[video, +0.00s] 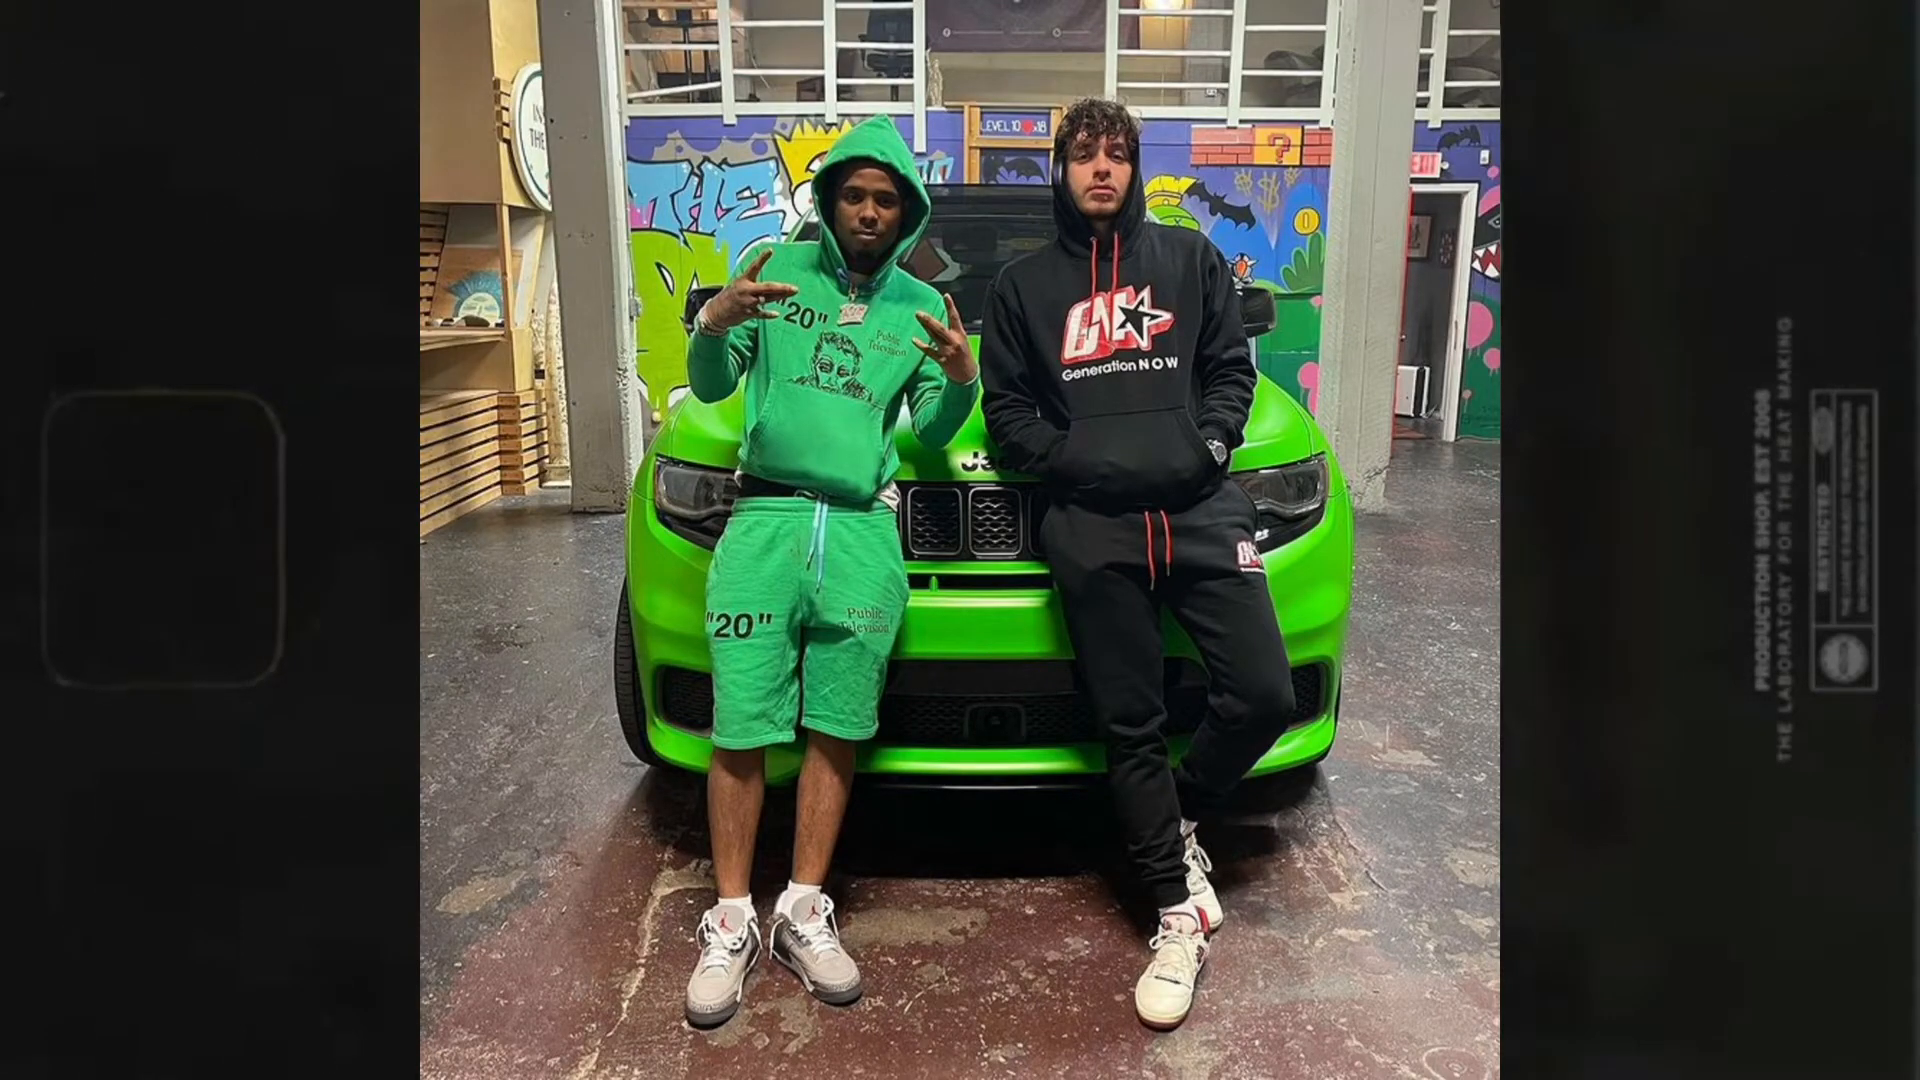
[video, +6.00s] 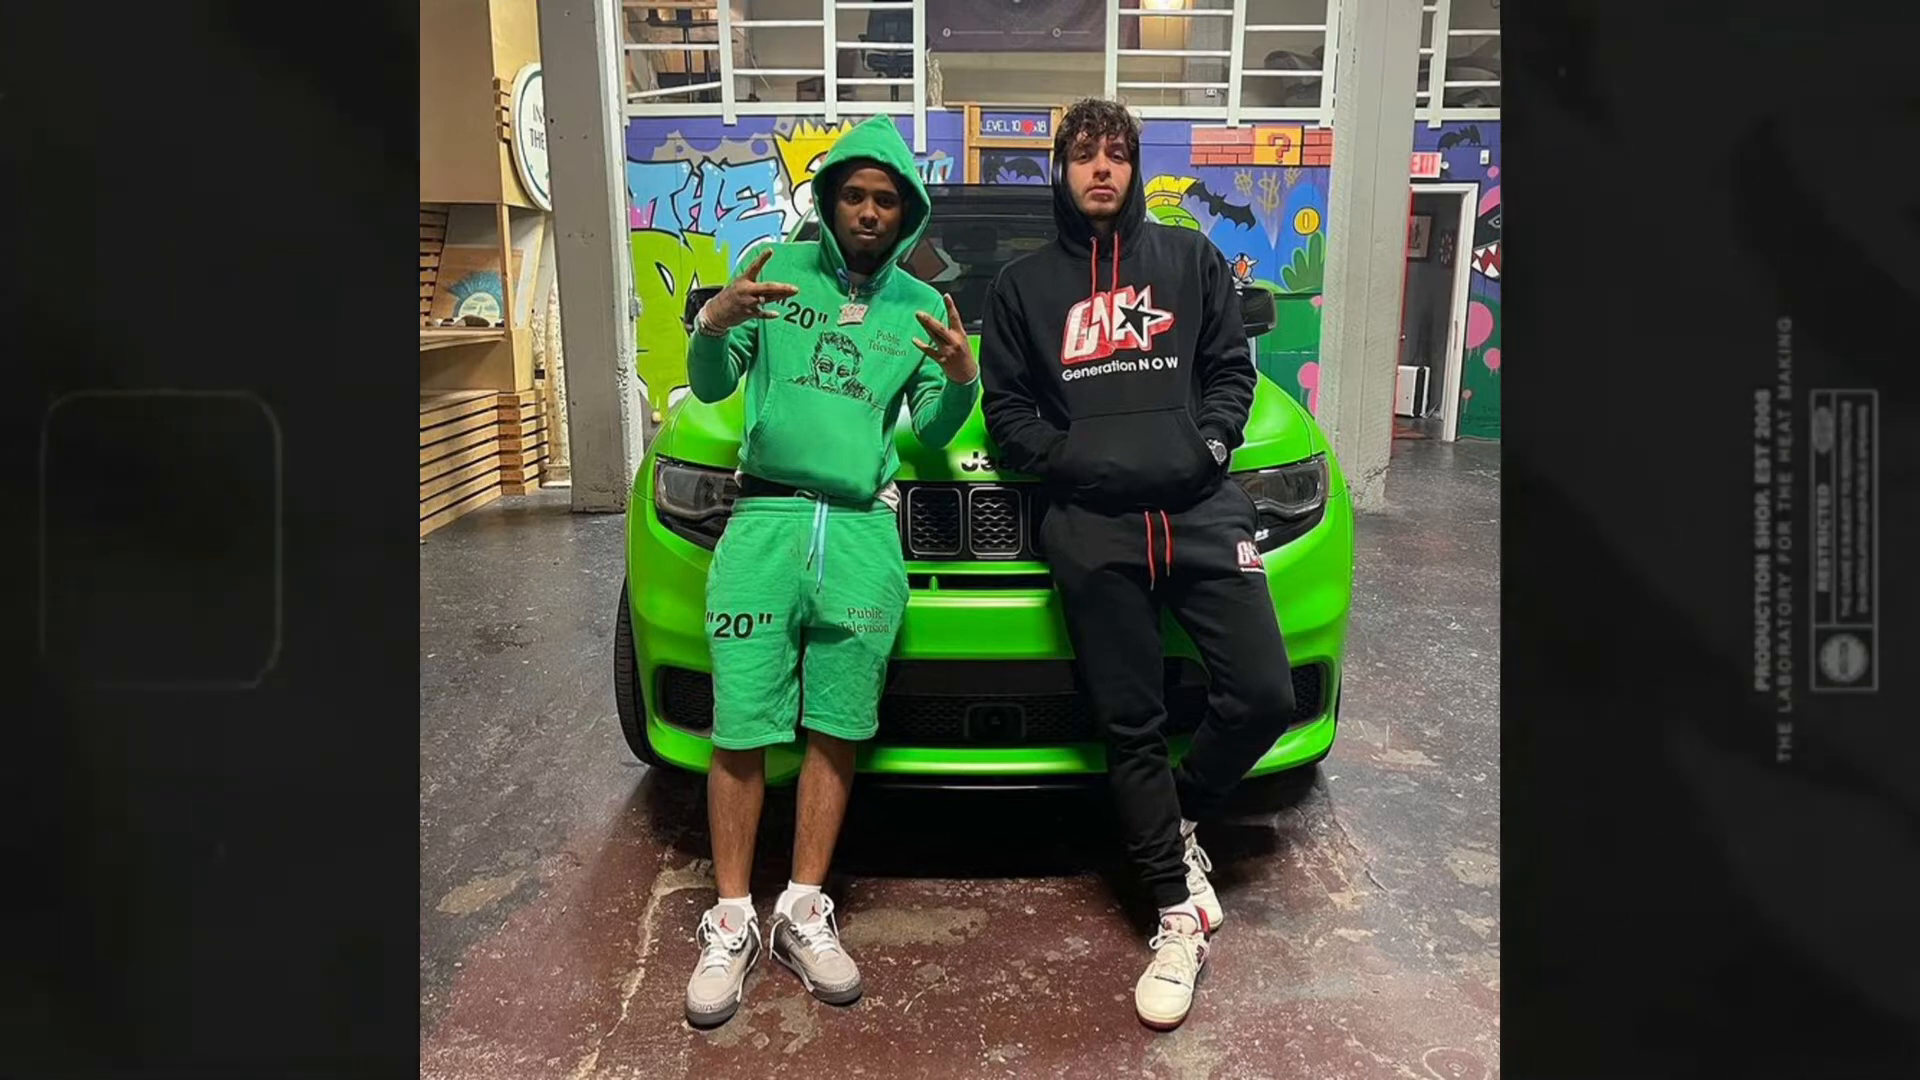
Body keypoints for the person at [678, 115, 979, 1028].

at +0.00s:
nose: (869, 213)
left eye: (885, 199)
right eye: (855, 196)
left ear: (906, 212)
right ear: (827, 202)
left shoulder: (923, 306)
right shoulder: (775, 267)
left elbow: (923, 439)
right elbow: (712, 384)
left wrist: (960, 380)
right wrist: (712, 322)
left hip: (861, 527)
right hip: (764, 516)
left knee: (838, 728)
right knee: (741, 729)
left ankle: (805, 909)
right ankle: (732, 919)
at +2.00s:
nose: (868, 212)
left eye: (885, 198)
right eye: (854, 196)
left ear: (907, 212)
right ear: (827, 202)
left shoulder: (923, 305)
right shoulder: (776, 268)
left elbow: (923, 439)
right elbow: (712, 384)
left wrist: (961, 380)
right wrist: (713, 321)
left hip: (861, 527)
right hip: (763, 517)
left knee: (838, 728)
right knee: (741, 728)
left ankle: (805, 908)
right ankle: (732, 919)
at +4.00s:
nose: (868, 212)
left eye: (885, 198)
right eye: (854, 196)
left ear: (907, 212)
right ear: (827, 202)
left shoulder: (923, 305)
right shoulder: (776, 268)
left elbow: (923, 439)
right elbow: (712, 384)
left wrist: (961, 380)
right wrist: (713, 321)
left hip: (861, 527)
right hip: (763, 517)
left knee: (838, 728)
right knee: (741, 728)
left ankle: (805, 908)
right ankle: (732, 919)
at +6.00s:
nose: (868, 212)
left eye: (885, 198)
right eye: (854, 196)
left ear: (907, 212)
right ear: (827, 202)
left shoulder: (923, 305)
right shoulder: (776, 268)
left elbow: (923, 439)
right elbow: (712, 384)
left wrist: (961, 380)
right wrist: (713, 321)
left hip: (861, 527)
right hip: (763, 517)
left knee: (838, 728)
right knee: (741, 728)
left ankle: (805, 908)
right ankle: (732, 919)